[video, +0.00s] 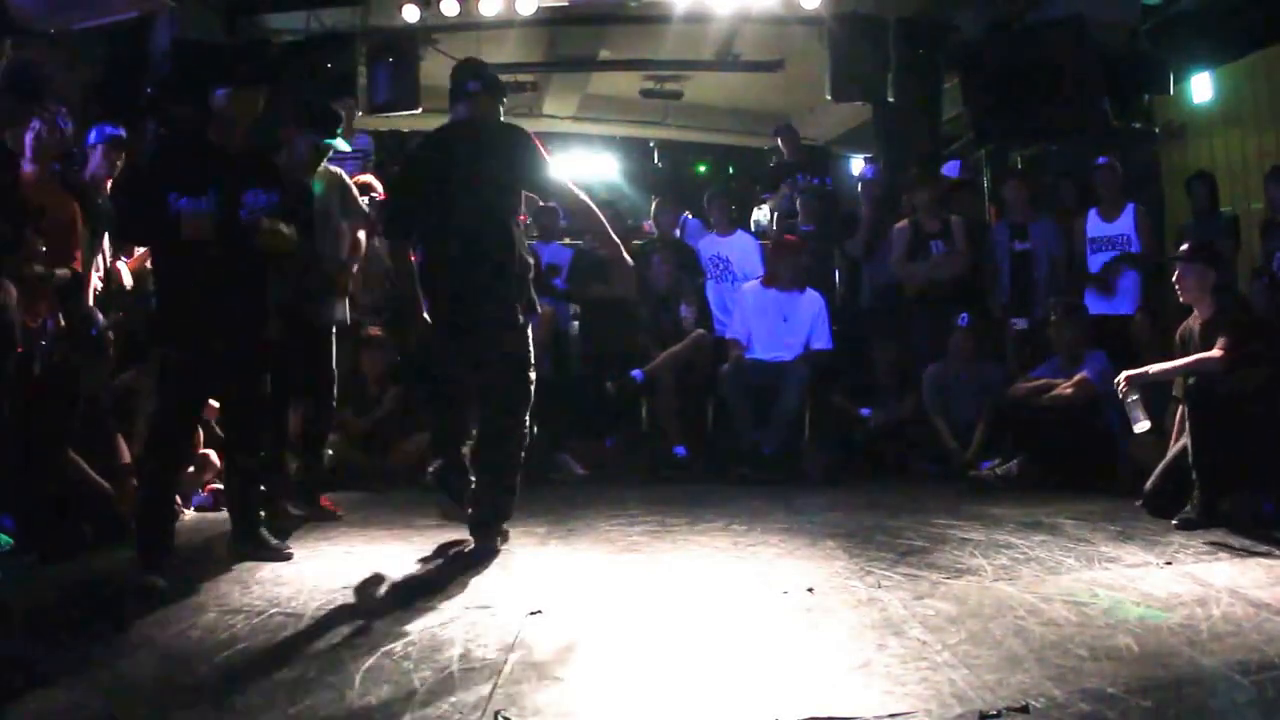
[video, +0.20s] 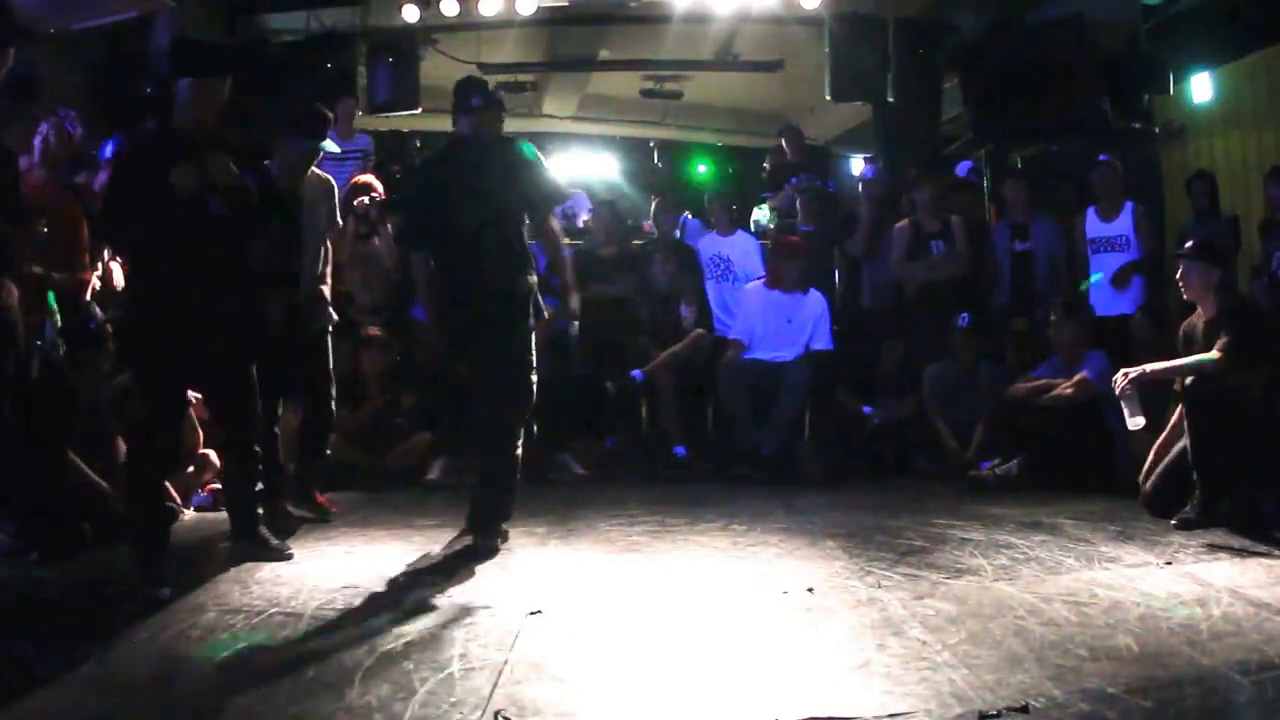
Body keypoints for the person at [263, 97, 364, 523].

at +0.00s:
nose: (320, 153)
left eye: (324, 145)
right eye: (316, 144)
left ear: (322, 143)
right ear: (300, 140)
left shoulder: (336, 181)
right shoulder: (278, 179)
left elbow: (358, 232)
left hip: (322, 303)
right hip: (282, 302)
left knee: (322, 395)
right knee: (280, 394)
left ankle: (311, 485)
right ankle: (278, 486)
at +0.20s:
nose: (312, 153)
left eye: (316, 145)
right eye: (306, 144)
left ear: (321, 146)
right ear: (288, 142)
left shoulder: (324, 185)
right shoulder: (261, 183)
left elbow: (330, 240)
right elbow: (254, 243)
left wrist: (328, 288)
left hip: (313, 309)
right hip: (270, 310)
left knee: (321, 402)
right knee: (267, 403)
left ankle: (306, 484)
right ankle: (273, 490)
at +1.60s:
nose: (298, 141)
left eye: (303, 134)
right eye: (294, 130)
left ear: (301, 136)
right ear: (267, 122)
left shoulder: (297, 180)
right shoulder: (227, 161)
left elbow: (298, 240)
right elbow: (178, 202)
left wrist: (305, 284)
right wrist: (207, 246)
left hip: (271, 305)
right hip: (223, 302)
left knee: (283, 399)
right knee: (229, 407)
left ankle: (255, 487)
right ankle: (234, 510)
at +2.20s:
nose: (297, 109)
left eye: (298, 100)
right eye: (287, 99)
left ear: (293, 107)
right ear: (253, 101)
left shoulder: (301, 170)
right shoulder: (206, 158)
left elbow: (310, 237)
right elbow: (170, 220)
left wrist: (292, 287)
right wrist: (186, 274)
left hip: (269, 314)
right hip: (208, 312)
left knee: (270, 426)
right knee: (210, 424)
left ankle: (268, 534)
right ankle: (230, 503)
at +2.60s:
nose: (284, 94)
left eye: (291, 84)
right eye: (276, 82)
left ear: (297, 92)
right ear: (253, 83)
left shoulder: (296, 158)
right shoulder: (217, 134)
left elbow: (295, 236)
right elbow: (155, 189)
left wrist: (297, 302)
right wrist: (188, 248)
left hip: (267, 314)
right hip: (209, 309)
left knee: (265, 433)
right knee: (205, 432)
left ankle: (269, 542)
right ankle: (191, 549)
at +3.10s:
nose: (241, 81)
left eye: (245, 70)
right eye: (234, 68)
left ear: (240, 75)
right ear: (211, 64)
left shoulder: (219, 125)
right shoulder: (188, 118)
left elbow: (208, 212)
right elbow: (160, 201)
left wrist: (243, 252)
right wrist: (204, 266)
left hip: (208, 304)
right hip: (179, 307)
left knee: (220, 420)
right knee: (189, 427)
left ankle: (211, 539)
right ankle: (183, 556)